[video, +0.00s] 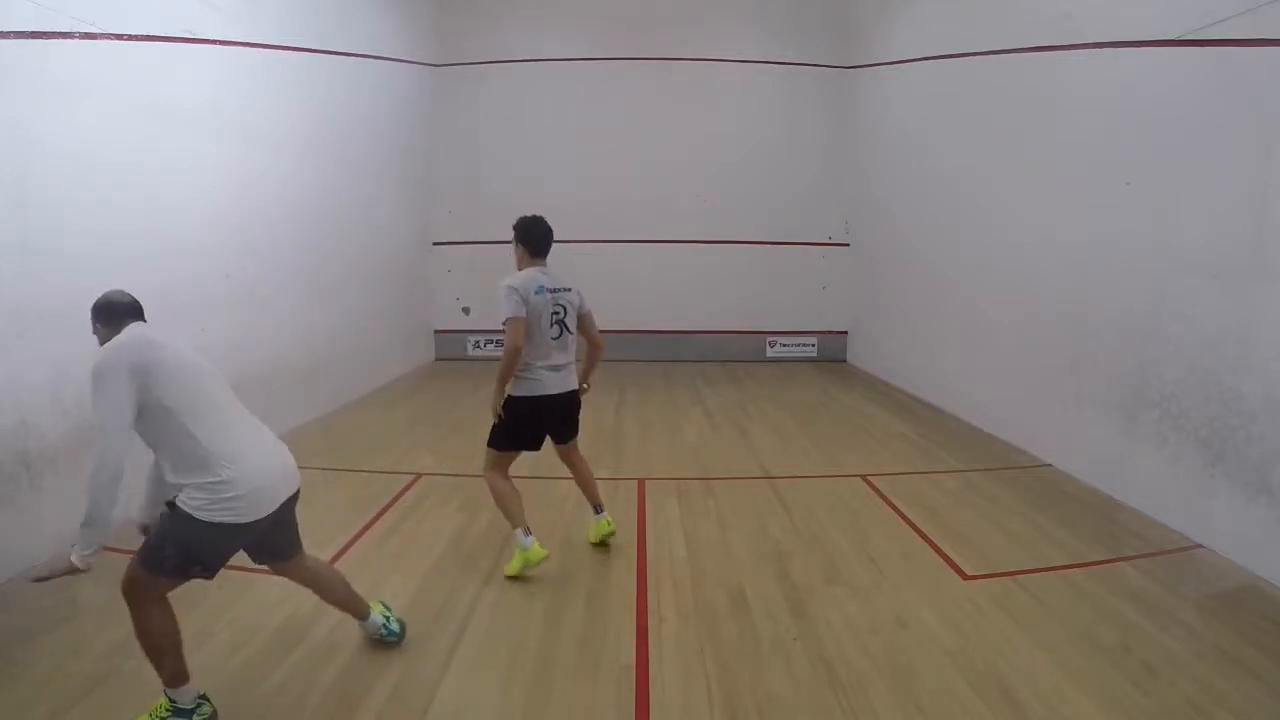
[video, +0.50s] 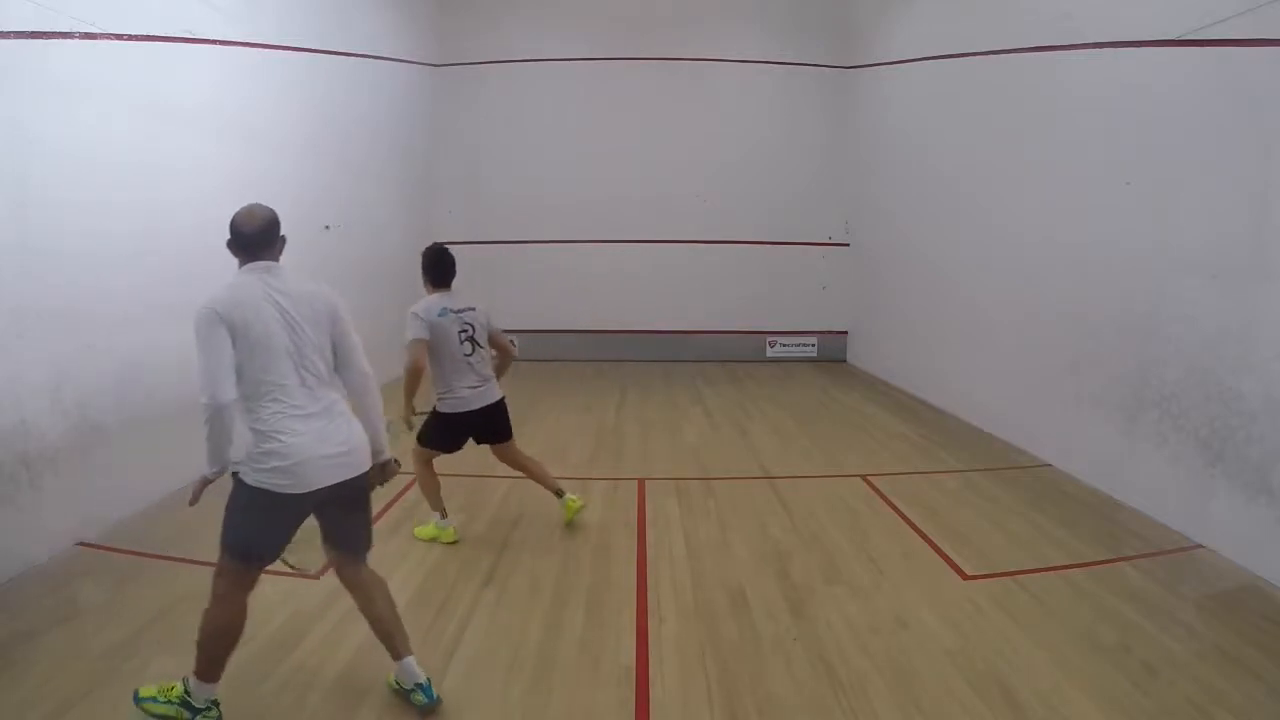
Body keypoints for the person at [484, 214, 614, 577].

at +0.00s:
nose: (512, 250)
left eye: (513, 244)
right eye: (514, 244)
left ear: (520, 248)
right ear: (548, 249)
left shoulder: (515, 286)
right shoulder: (569, 289)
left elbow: (515, 346)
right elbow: (596, 343)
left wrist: (499, 390)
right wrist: (582, 379)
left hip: (527, 400)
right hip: (566, 396)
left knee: (495, 470)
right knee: (570, 452)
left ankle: (527, 542)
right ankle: (601, 517)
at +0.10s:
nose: (508, 253)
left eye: (509, 247)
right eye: (510, 247)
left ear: (513, 251)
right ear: (542, 251)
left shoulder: (510, 287)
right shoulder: (562, 288)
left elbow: (513, 343)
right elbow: (588, 339)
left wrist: (497, 387)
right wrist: (576, 372)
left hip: (524, 397)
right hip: (564, 393)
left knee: (484, 460)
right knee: (572, 446)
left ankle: (490, 538)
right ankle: (604, 506)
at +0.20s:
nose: (505, 277)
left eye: (504, 273)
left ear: (504, 276)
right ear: (533, 276)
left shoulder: (501, 311)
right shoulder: (553, 310)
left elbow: (503, 364)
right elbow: (581, 357)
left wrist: (487, 407)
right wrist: (566, 388)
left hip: (528, 412)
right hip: (564, 407)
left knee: (471, 458)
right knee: (576, 452)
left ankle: (459, 529)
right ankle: (610, 510)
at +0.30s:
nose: (484, 295)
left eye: (484, 291)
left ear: (485, 294)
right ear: (514, 293)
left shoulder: (484, 329)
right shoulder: (534, 325)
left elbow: (483, 382)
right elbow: (565, 375)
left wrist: (465, 427)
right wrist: (553, 405)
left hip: (517, 425)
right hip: (554, 419)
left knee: (458, 456)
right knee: (567, 456)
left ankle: (447, 523)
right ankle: (609, 510)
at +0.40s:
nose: (455, 290)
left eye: (455, 285)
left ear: (455, 289)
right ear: (485, 289)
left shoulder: (451, 327)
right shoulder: (505, 324)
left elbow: (452, 378)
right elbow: (538, 368)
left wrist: (435, 418)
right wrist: (524, 402)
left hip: (483, 423)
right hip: (522, 417)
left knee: (433, 455)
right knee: (551, 459)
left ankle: (444, 523)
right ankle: (601, 504)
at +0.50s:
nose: (424, 274)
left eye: (423, 270)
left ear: (424, 275)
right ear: (453, 274)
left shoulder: (421, 311)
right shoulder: (472, 308)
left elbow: (417, 364)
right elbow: (507, 351)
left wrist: (408, 402)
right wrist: (492, 380)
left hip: (454, 411)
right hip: (491, 402)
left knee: (421, 457)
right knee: (508, 452)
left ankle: (442, 523)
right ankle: (565, 497)